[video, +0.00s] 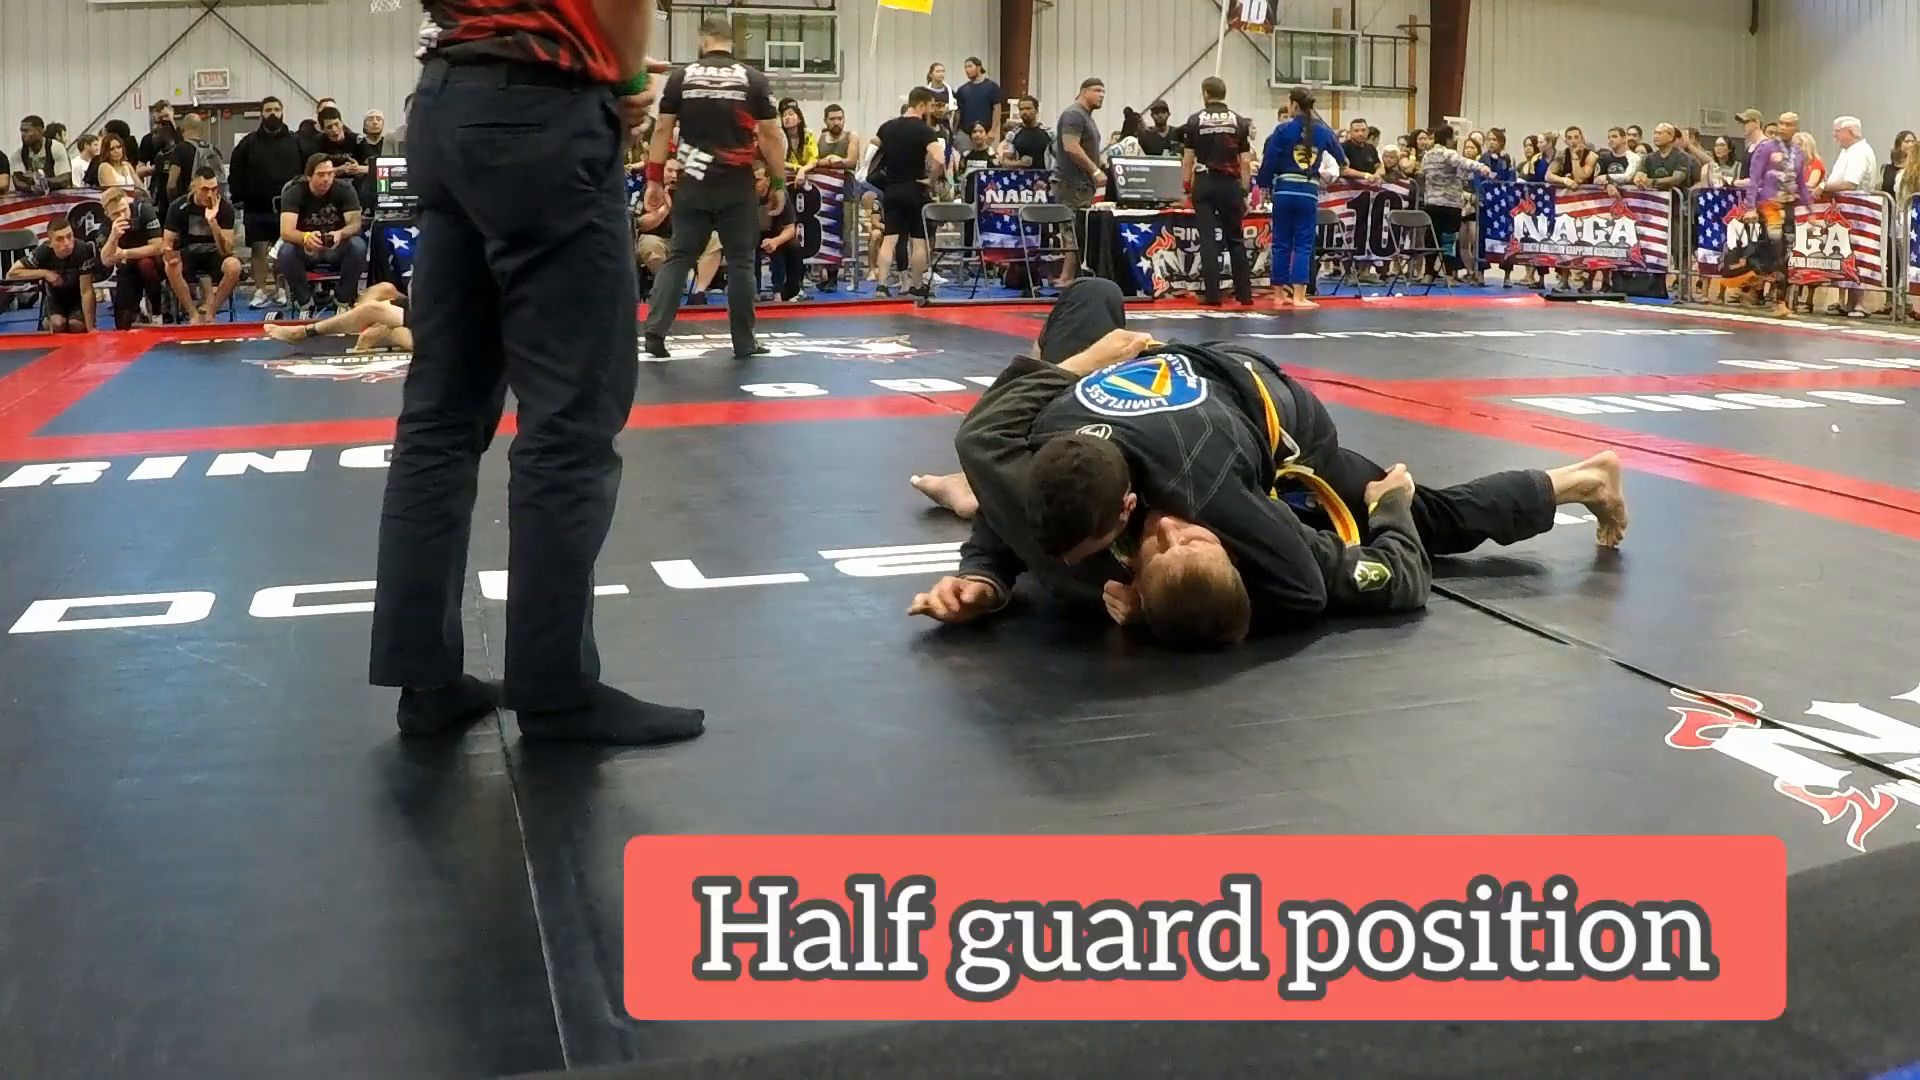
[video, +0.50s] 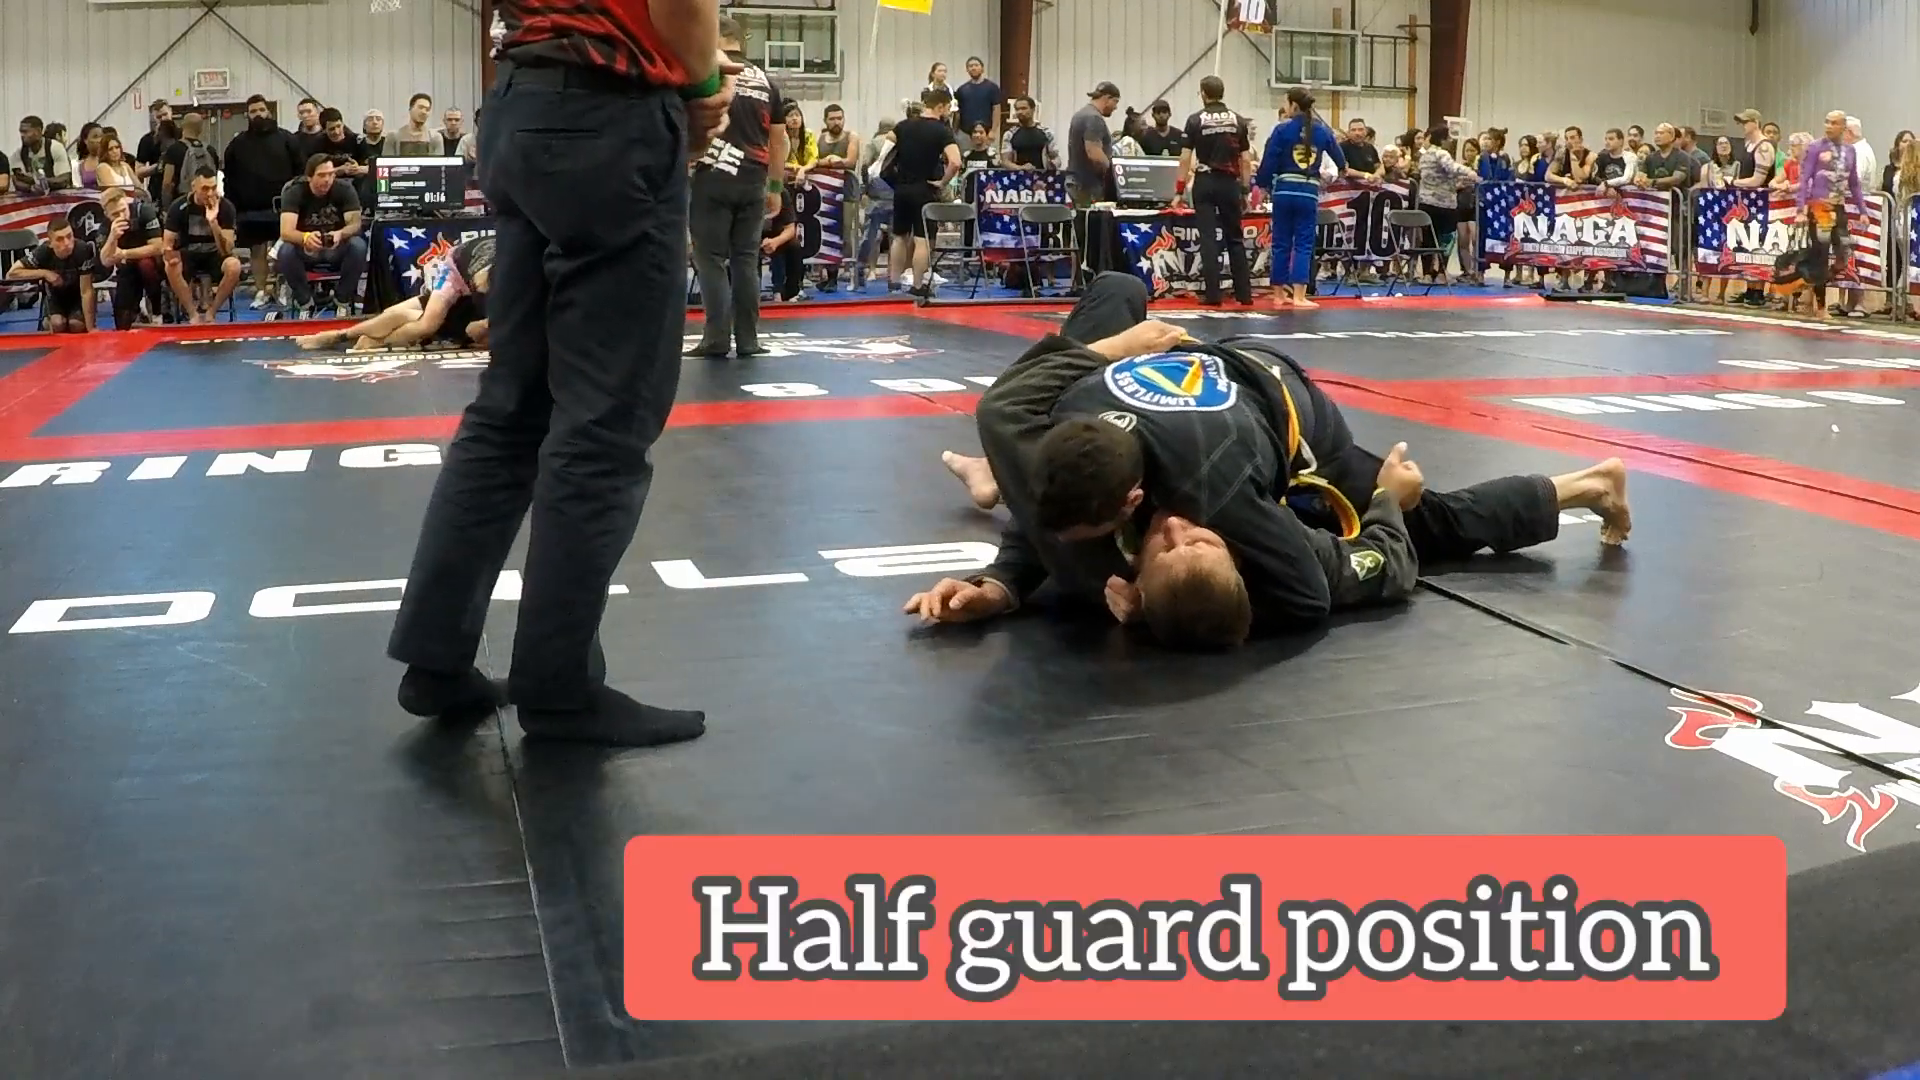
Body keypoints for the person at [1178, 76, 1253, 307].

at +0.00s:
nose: (1202, 96)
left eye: (1202, 93)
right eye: (1205, 93)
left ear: (1205, 95)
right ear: (1224, 94)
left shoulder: (1195, 121)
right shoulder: (1240, 122)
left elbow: (1188, 158)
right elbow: (1245, 160)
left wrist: (1186, 183)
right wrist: (1244, 190)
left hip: (1203, 180)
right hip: (1230, 181)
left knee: (1207, 238)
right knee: (1236, 238)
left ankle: (1212, 294)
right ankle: (1244, 294)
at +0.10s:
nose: (1201, 96)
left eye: (1201, 93)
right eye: (1203, 93)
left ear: (1204, 95)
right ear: (1223, 94)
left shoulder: (1194, 121)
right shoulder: (1239, 121)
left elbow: (1188, 159)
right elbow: (1245, 161)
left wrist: (1186, 190)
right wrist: (1243, 192)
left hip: (1204, 180)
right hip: (1230, 182)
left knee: (1208, 239)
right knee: (1235, 239)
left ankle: (1212, 295)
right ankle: (1244, 294)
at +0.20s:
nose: (1199, 97)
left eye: (1200, 93)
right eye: (1201, 93)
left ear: (1203, 95)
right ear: (1222, 94)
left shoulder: (1195, 121)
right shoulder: (1239, 121)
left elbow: (1186, 159)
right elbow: (1246, 159)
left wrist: (1181, 187)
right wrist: (1244, 189)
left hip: (1204, 180)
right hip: (1230, 181)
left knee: (1208, 238)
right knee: (1236, 238)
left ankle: (1212, 294)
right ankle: (1244, 294)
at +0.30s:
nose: (1200, 97)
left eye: (1200, 94)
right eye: (1202, 93)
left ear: (1203, 95)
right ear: (1222, 93)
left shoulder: (1195, 120)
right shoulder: (1239, 121)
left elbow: (1183, 160)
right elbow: (1246, 159)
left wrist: (1177, 191)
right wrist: (1245, 189)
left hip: (1203, 181)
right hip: (1230, 182)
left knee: (1208, 239)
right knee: (1236, 238)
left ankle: (1212, 295)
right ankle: (1244, 294)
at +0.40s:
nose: (1200, 96)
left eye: (1200, 93)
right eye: (1202, 92)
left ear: (1203, 95)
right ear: (1222, 93)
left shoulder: (1195, 121)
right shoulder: (1239, 120)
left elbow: (1183, 159)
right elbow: (1246, 158)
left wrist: (1176, 192)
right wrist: (1246, 188)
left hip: (1203, 181)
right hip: (1230, 182)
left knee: (1207, 239)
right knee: (1235, 238)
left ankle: (1212, 295)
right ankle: (1244, 294)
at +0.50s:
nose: (1200, 95)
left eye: (1201, 92)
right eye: (1203, 92)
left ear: (1203, 94)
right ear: (1222, 93)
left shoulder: (1195, 120)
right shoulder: (1238, 120)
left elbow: (1185, 159)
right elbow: (1245, 158)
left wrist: (1179, 191)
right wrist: (1245, 188)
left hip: (1203, 181)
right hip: (1229, 182)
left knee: (1207, 239)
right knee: (1235, 238)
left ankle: (1212, 294)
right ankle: (1244, 294)